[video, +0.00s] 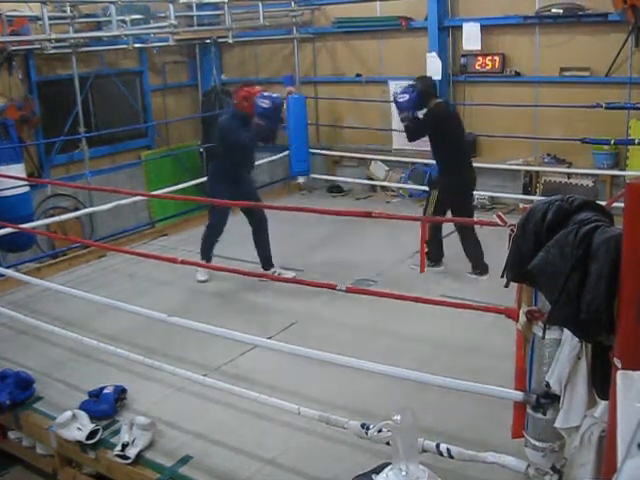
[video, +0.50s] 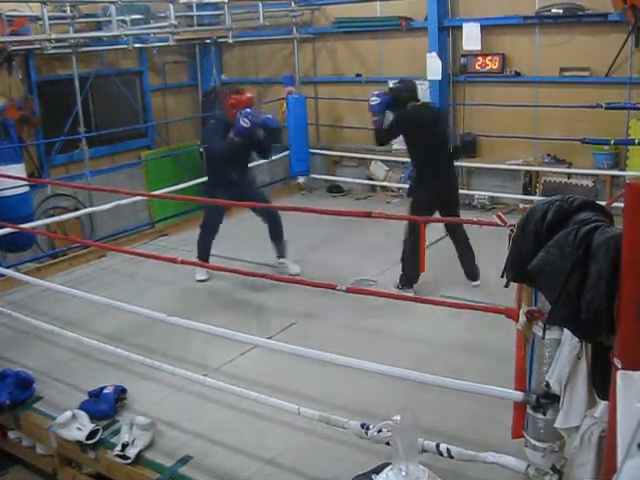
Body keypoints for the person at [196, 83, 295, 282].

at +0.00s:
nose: (256, 106)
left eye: (256, 102)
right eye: (252, 102)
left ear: (253, 104)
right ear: (242, 103)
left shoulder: (250, 121)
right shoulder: (227, 123)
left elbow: (268, 136)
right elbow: (245, 144)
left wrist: (279, 106)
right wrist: (256, 128)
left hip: (242, 179)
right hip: (221, 180)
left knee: (259, 220)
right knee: (216, 224)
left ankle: (268, 268)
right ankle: (204, 264)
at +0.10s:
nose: (245, 109)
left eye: (247, 104)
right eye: (241, 105)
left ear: (247, 106)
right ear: (231, 106)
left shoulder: (244, 124)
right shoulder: (218, 126)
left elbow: (259, 145)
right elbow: (232, 148)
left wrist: (267, 123)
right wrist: (246, 130)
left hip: (239, 183)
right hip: (217, 184)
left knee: (257, 220)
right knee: (211, 225)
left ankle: (268, 267)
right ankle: (204, 265)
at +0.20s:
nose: (243, 112)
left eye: (244, 107)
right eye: (239, 108)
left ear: (244, 107)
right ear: (228, 109)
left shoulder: (242, 123)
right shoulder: (212, 126)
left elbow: (255, 146)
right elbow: (218, 154)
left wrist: (263, 127)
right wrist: (238, 133)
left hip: (237, 180)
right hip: (213, 182)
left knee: (256, 219)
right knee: (208, 224)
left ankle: (269, 265)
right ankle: (203, 265)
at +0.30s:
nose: (241, 110)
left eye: (242, 106)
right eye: (237, 106)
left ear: (242, 107)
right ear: (226, 107)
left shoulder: (244, 123)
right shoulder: (211, 124)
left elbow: (256, 145)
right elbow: (213, 150)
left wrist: (264, 127)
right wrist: (234, 131)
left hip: (237, 181)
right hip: (213, 183)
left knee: (257, 218)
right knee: (206, 225)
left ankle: (266, 265)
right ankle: (203, 265)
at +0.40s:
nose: (242, 111)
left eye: (244, 107)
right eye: (238, 107)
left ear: (245, 108)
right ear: (227, 106)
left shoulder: (245, 123)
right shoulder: (213, 124)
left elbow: (259, 148)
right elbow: (213, 151)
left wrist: (265, 129)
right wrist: (234, 132)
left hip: (238, 181)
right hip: (215, 183)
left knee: (261, 215)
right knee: (208, 224)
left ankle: (269, 262)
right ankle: (202, 265)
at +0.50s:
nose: (247, 115)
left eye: (248, 111)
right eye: (243, 111)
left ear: (249, 112)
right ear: (232, 111)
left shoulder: (248, 125)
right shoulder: (216, 126)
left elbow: (265, 153)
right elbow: (215, 154)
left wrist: (265, 133)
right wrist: (236, 137)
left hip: (243, 183)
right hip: (219, 185)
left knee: (272, 215)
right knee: (211, 223)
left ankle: (282, 259)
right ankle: (202, 265)